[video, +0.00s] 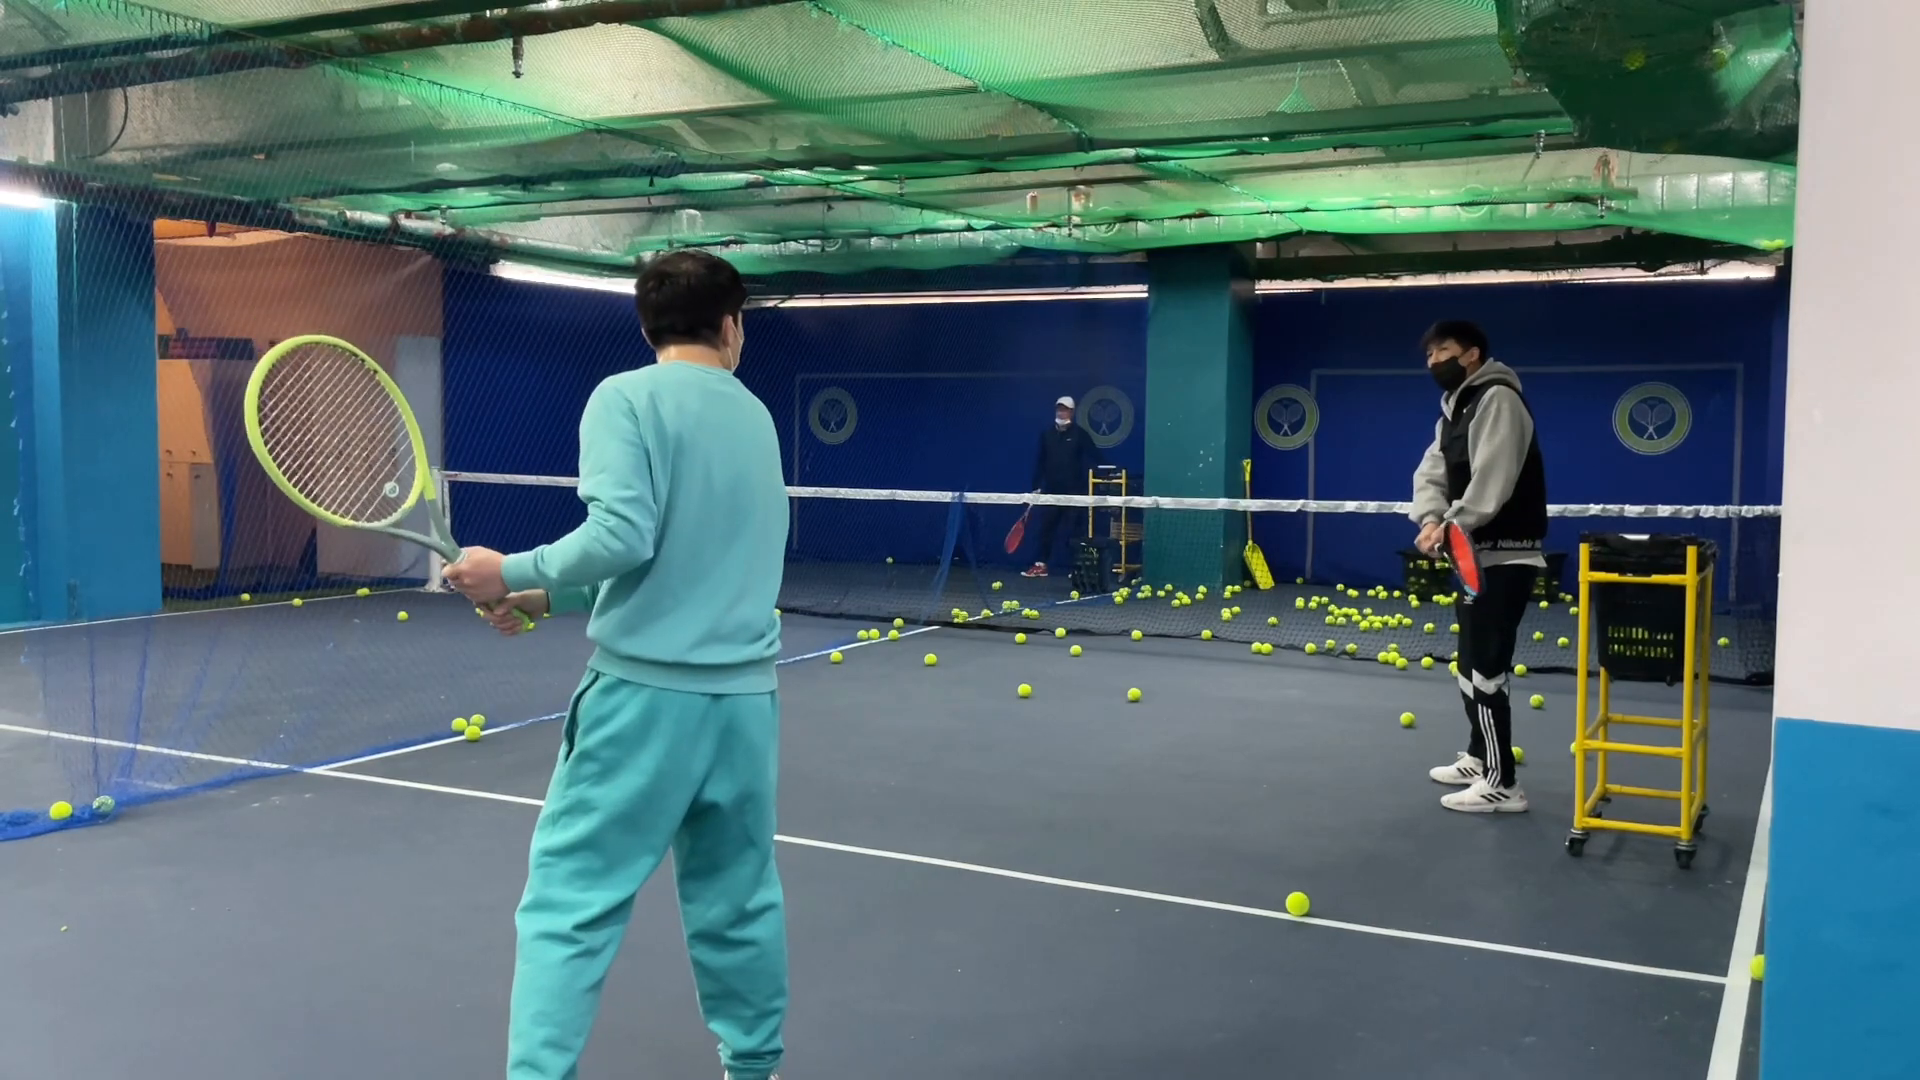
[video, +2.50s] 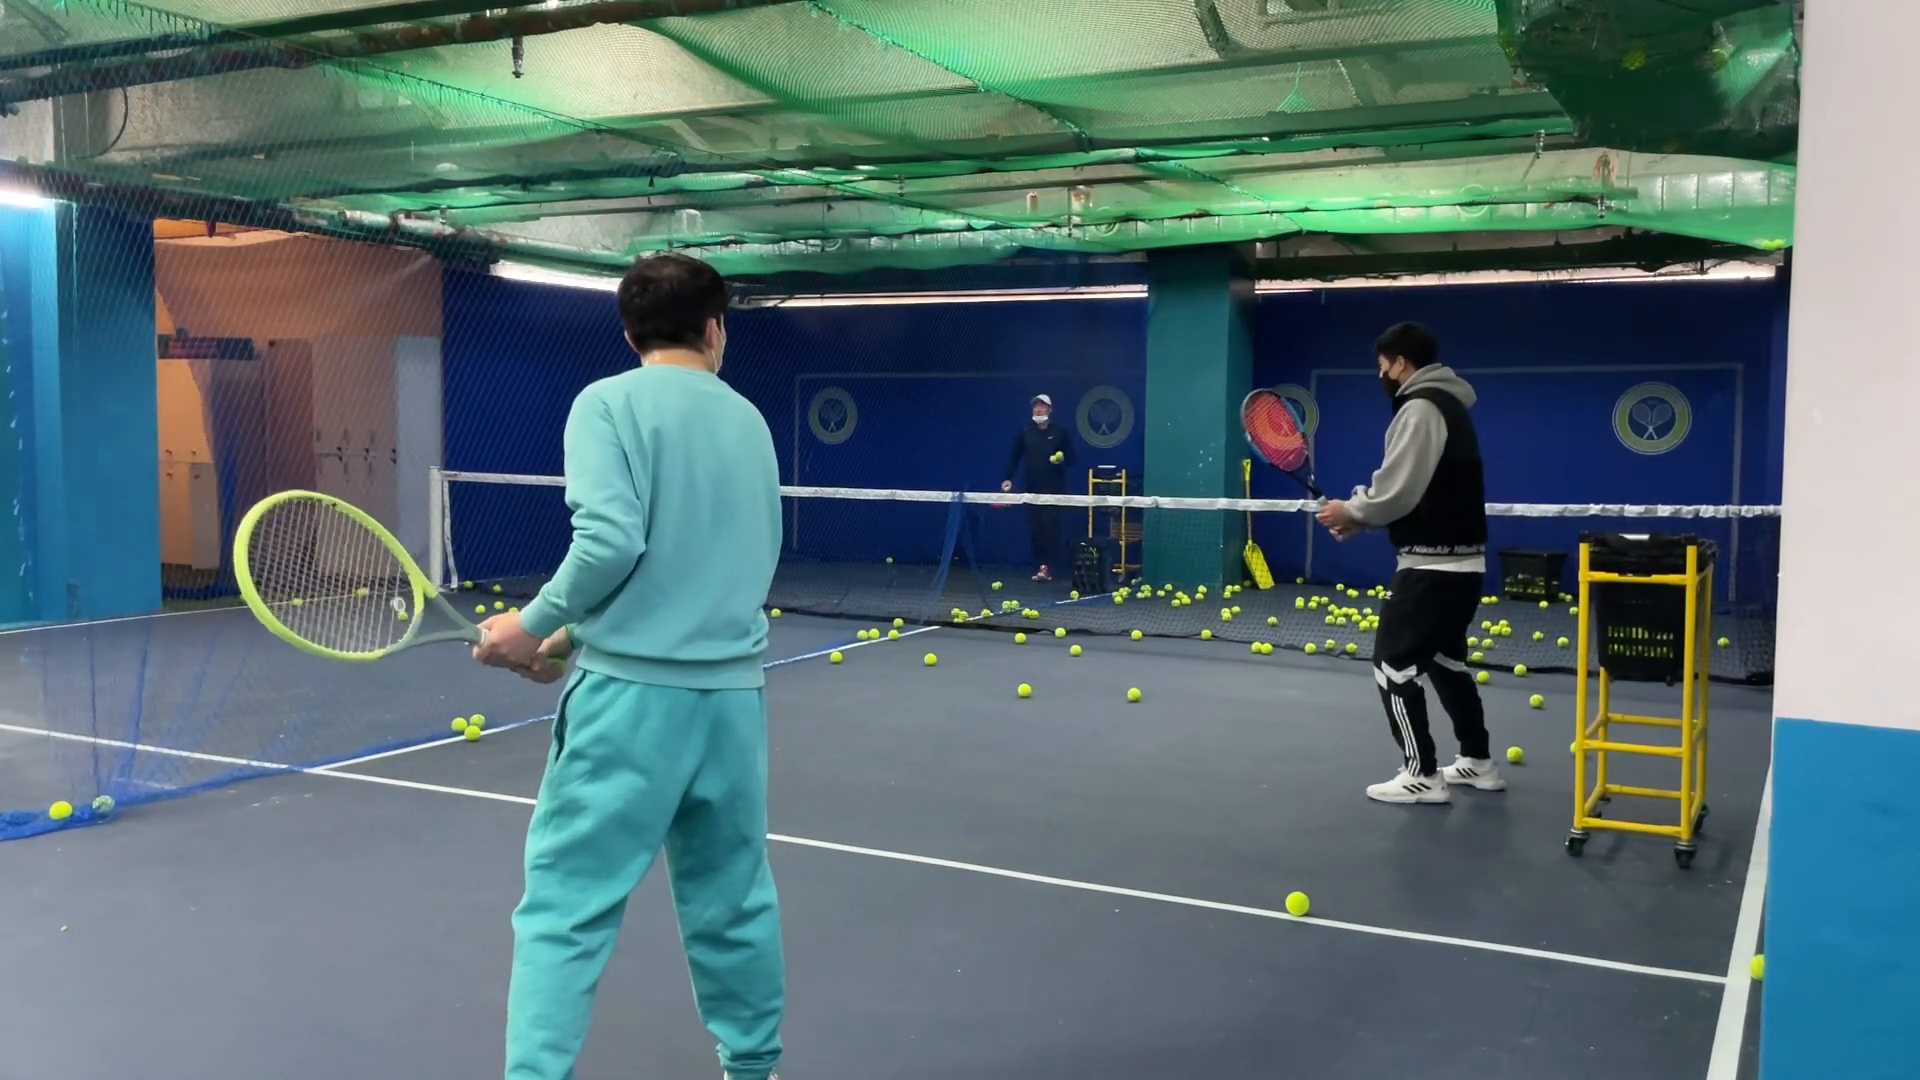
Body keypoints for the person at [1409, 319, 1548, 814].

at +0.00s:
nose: (1433, 361)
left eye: (1442, 352)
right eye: (1429, 356)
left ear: (1474, 353)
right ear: (1438, 364)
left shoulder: (1499, 400)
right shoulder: (1456, 406)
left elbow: (1494, 476)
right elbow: (1432, 470)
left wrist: (1452, 523)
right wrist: (1431, 516)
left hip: (1507, 557)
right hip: (1478, 557)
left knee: (1485, 672)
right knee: (1471, 667)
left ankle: (1501, 786)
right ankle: (1482, 760)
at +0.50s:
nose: (1440, 358)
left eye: (1449, 349)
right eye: (1436, 353)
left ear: (1479, 351)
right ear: (1440, 360)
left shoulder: (1500, 399)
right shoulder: (1457, 403)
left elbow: (1493, 476)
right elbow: (1434, 469)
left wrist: (1451, 527)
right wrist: (1430, 518)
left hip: (1506, 556)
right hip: (1476, 555)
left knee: (1487, 673)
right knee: (1473, 667)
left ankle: (1501, 786)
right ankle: (1482, 760)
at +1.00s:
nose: (1442, 356)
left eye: (1452, 346)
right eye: (1438, 350)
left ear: (1482, 349)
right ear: (1440, 359)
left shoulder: (1500, 398)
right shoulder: (1459, 402)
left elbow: (1490, 476)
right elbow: (1433, 469)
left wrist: (1448, 526)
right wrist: (1430, 519)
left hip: (1503, 556)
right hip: (1475, 555)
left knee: (1487, 673)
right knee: (1472, 667)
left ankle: (1501, 786)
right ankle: (1482, 760)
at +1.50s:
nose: (1439, 355)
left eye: (1449, 346)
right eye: (1435, 349)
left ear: (1479, 350)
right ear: (1437, 358)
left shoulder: (1494, 399)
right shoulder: (1458, 401)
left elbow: (1484, 476)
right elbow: (1433, 469)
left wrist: (1444, 530)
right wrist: (1425, 521)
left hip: (1497, 558)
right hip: (1469, 557)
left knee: (1485, 673)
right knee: (1470, 668)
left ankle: (1501, 785)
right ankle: (1481, 761)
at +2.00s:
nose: (1423, 364)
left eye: (1430, 354)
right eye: (1422, 355)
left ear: (1460, 356)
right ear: (1459, 359)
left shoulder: (1473, 408)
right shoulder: (1466, 404)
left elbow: (1450, 482)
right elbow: (1440, 474)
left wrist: (1404, 526)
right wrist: (1403, 521)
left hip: (1477, 565)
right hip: (1467, 563)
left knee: (1451, 668)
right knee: (1452, 664)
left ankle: (1494, 780)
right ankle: (1482, 759)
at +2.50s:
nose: (1383, 374)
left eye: (1384, 365)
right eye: (1382, 365)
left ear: (1402, 362)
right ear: (1423, 360)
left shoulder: (1420, 410)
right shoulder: (1449, 406)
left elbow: (1398, 487)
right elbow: (1419, 491)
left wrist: (1350, 508)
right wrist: (1362, 518)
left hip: (1430, 568)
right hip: (1462, 567)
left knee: (1394, 668)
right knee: (1447, 661)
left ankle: (1421, 775)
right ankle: (1478, 762)